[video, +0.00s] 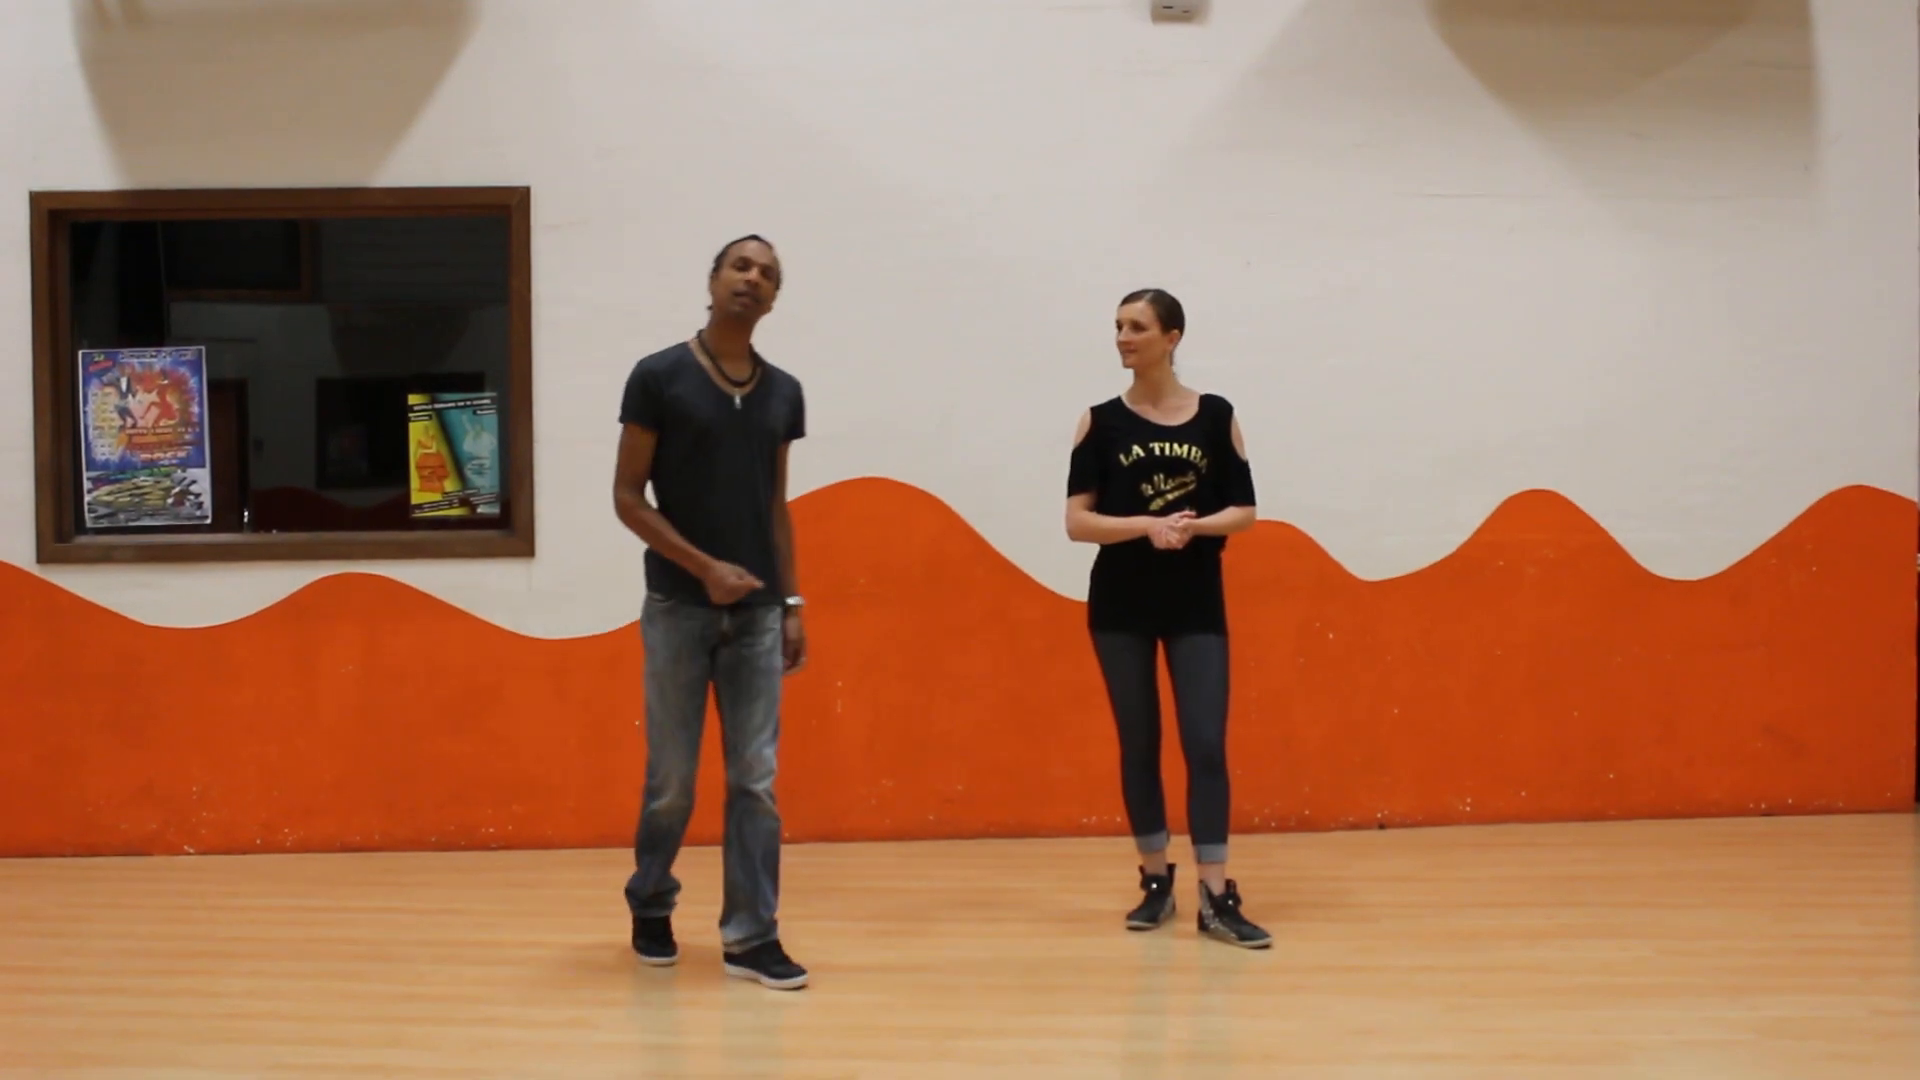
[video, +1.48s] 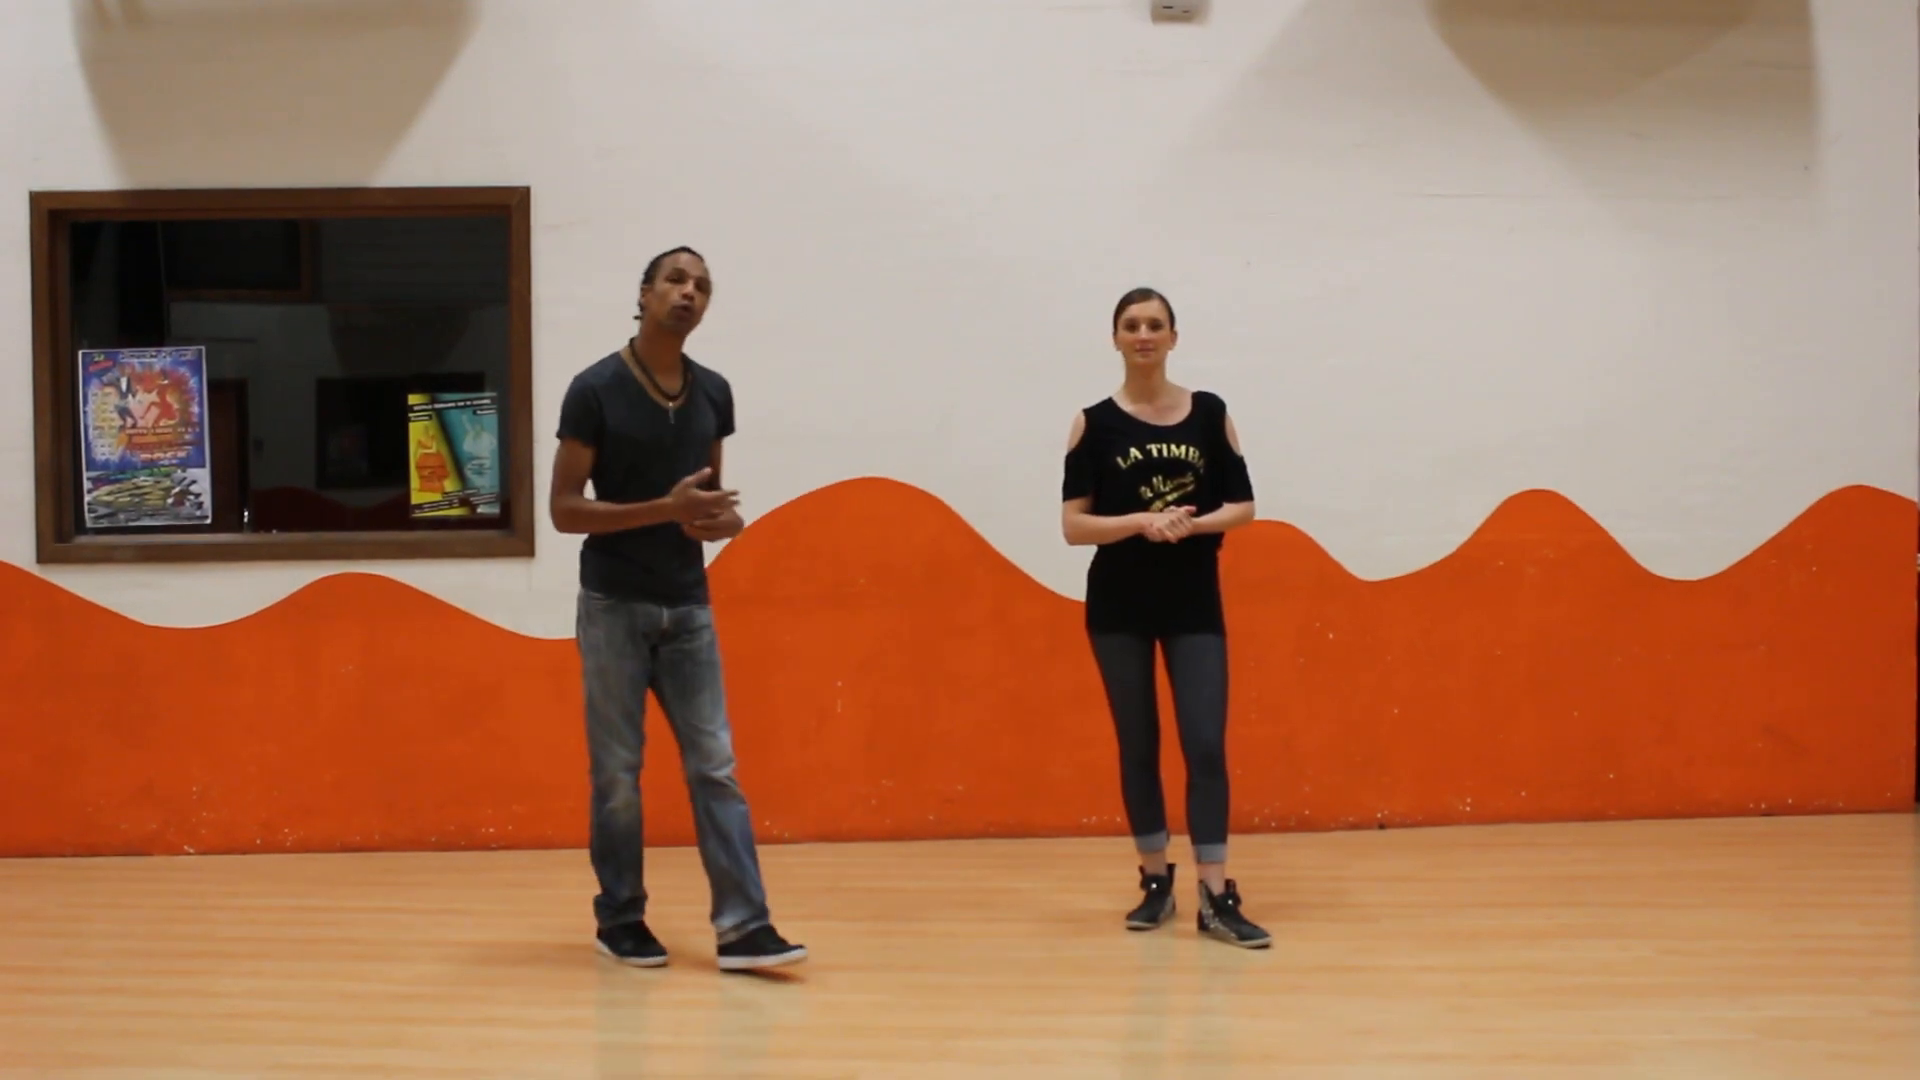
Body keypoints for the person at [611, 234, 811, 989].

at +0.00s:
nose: (753, 279)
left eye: (767, 274)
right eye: (741, 265)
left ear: (774, 300)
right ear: (712, 280)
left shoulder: (781, 391)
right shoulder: (658, 377)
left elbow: (777, 506)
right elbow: (627, 500)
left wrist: (792, 604)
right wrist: (706, 567)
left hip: (756, 605)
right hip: (678, 604)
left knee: (755, 777)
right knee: (673, 778)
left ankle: (751, 937)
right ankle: (651, 905)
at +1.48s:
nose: (687, 292)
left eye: (700, 286)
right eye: (674, 278)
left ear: (706, 309)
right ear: (642, 295)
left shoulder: (713, 394)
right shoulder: (595, 391)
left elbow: (710, 500)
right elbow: (563, 510)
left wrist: (717, 514)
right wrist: (668, 510)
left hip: (686, 603)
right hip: (612, 604)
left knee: (715, 765)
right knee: (617, 770)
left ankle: (743, 929)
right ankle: (621, 921)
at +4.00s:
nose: (741, 309)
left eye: (753, 302)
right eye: (730, 294)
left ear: (759, 318)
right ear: (699, 299)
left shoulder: (747, 395)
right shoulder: (650, 388)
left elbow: (723, 495)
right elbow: (620, 504)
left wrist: (760, 494)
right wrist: (712, 485)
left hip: (731, 597)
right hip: (667, 597)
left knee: (746, 749)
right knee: (682, 756)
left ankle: (675, 849)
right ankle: (691, 912)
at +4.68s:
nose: (704, 296)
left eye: (715, 286)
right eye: (691, 285)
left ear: (730, 302)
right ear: (668, 301)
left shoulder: (747, 385)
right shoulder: (643, 390)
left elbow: (756, 462)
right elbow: (630, 507)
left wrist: (769, 476)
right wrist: (722, 486)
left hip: (735, 592)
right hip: (675, 591)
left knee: (729, 753)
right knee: (689, 753)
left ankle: (692, 886)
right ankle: (687, 906)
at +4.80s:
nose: (716, 299)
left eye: (725, 289)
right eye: (703, 288)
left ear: (733, 304)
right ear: (672, 301)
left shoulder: (746, 385)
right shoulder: (643, 390)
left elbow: (763, 475)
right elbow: (624, 505)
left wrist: (765, 483)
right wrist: (716, 482)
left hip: (735, 592)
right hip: (675, 592)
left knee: (723, 752)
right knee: (688, 751)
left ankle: (680, 877)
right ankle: (689, 903)